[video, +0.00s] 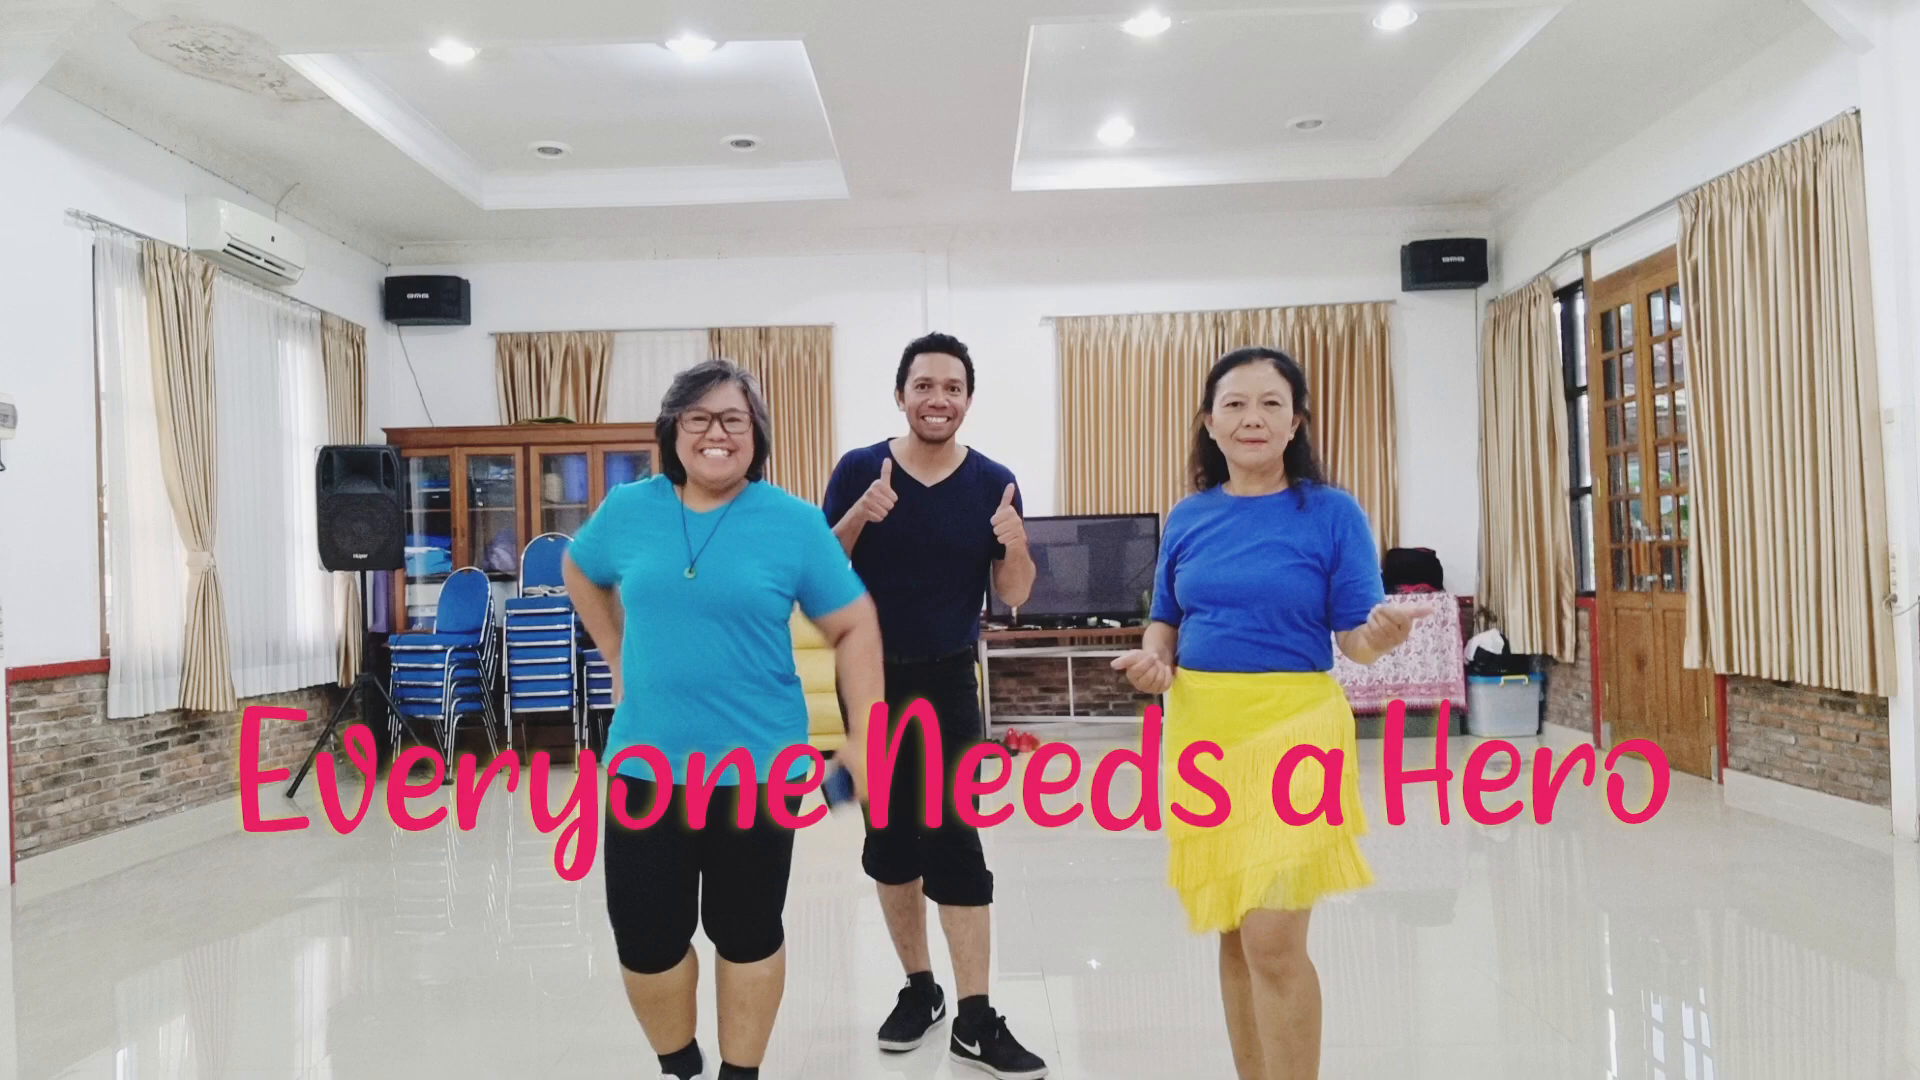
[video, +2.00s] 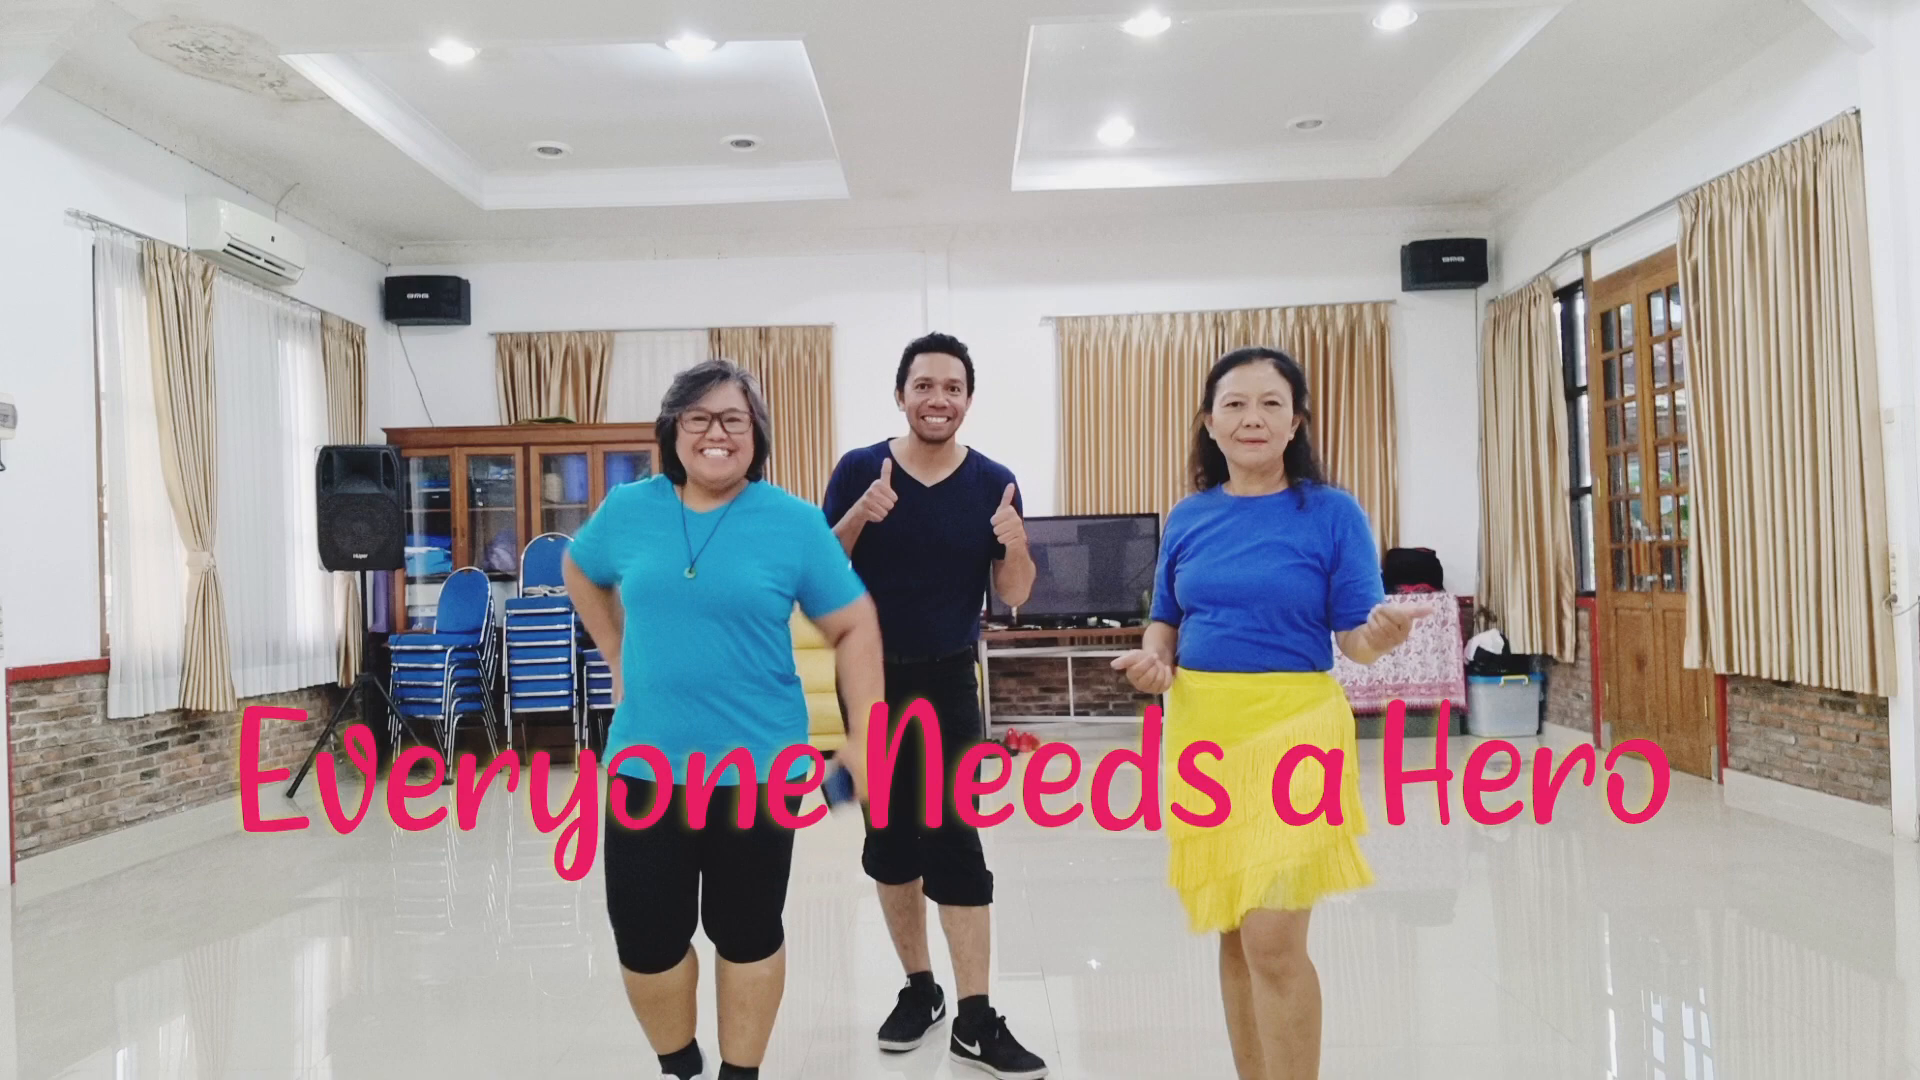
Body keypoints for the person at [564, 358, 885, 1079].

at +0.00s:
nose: (720, 432)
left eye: (736, 420)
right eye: (702, 420)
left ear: (756, 436)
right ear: (672, 434)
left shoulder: (795, 523)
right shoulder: (627, 509)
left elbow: (856, 626)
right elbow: (580, 570)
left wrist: (865, 738)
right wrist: (625, 663)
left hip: (758, 768)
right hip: (645, 764)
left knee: (746, 932)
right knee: (646, 938)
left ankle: (739, 1076)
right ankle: (680, 1069)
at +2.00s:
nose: (720, 432)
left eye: (736, 420)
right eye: (702, 420)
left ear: (756, 436)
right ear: (672, 434)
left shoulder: (795, 523)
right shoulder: (627, 509)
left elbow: (856, 626)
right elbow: (580, 570)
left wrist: (865, 738)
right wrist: (625, 663)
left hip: (758, 768)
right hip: (645, 764)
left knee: (746, 932)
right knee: (646, 938)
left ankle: (739, 1076)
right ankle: (680, 1069)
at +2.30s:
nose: (720, 432)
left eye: (736, 420)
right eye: (702, 420)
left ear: (756, 436)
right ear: (672, 434)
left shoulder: (795, 523)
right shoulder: (627, 509)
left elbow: (856, 626)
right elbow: (580, 570)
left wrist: (865, 738)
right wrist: (625, 663)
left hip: (758, 768)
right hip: (645, 764)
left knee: (746, 932)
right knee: (646, 938)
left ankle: (739, 1076)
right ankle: (680, 1069)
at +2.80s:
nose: (719, 316)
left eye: (735, 303)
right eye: (701, 303)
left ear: (756, 319)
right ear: (672, 317)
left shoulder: (795, 407)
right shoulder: (627, 393)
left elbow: (856, 509)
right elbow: (580, 453)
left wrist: (867, 622)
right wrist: (622, 544)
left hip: (758, 652)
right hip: (646, 649)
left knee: (748, 815)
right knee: (645, 819)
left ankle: (738, 973)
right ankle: (681, 961)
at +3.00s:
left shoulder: (798, 5)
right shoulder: (620, 3)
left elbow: (855, 85)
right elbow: (580, 30)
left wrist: (867, 197)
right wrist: (626, 128)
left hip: (757, 222)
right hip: (646, 220)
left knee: (746, 392)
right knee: (646, 398)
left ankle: (739, 548)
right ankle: (682, 537)